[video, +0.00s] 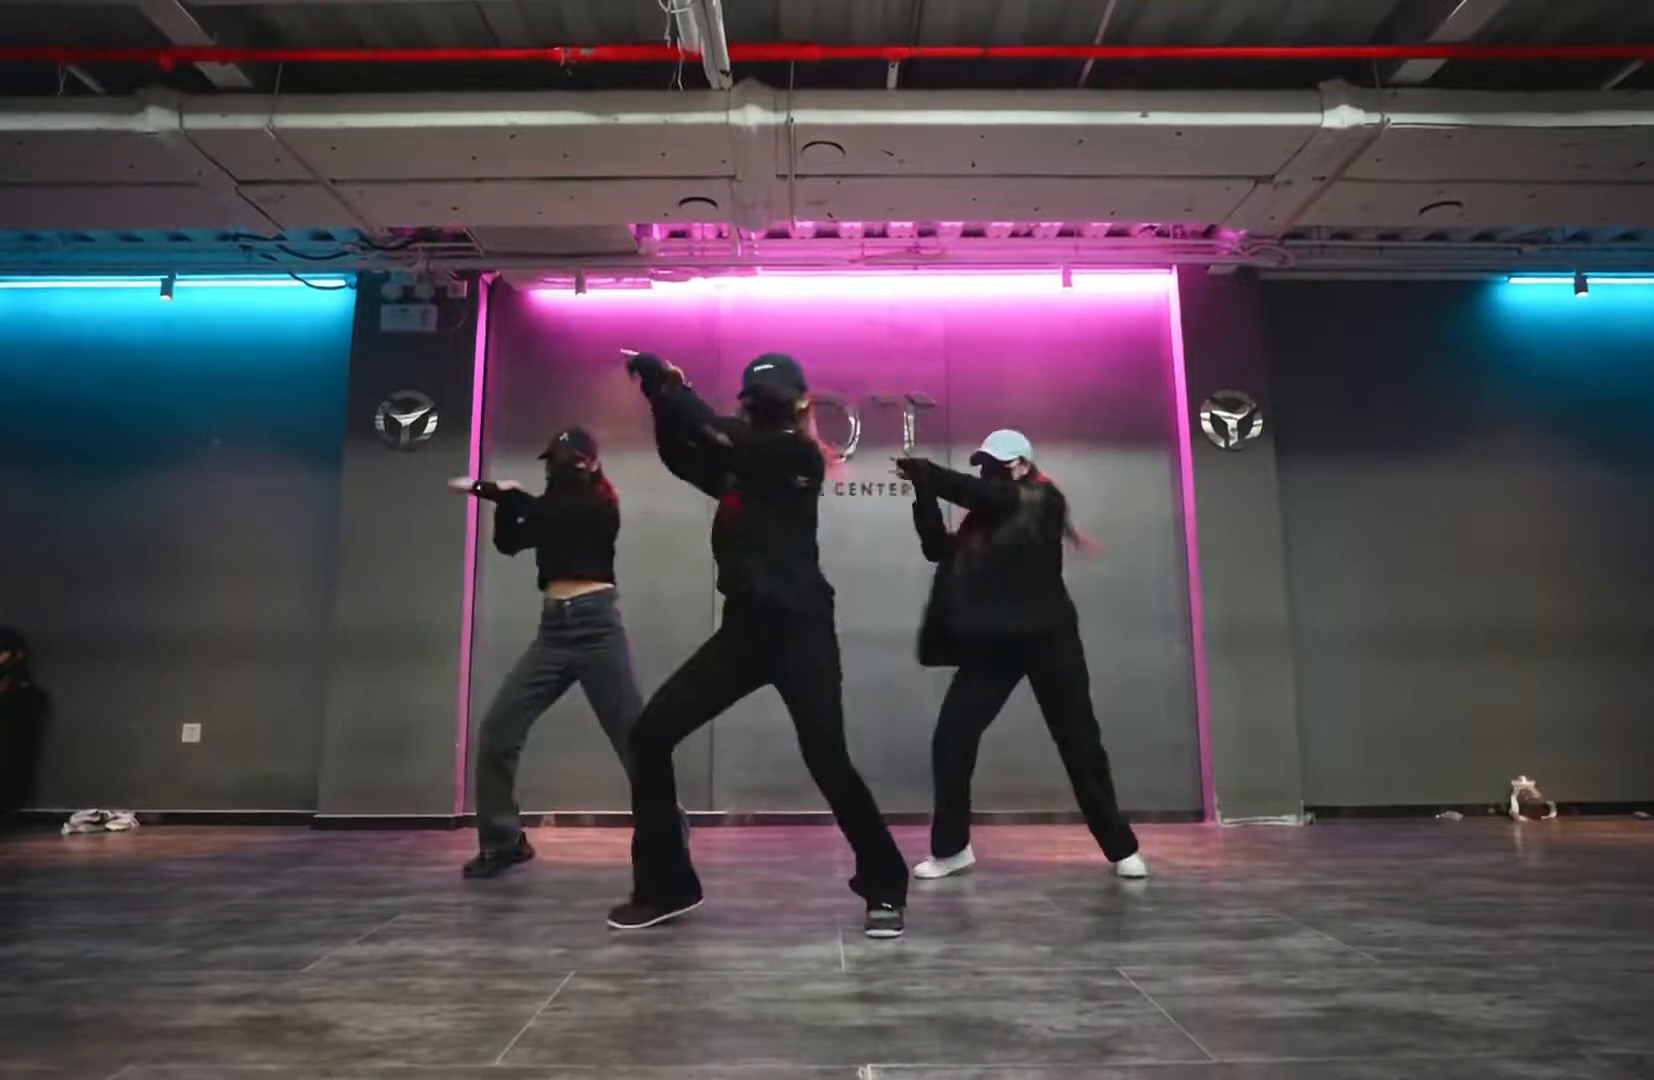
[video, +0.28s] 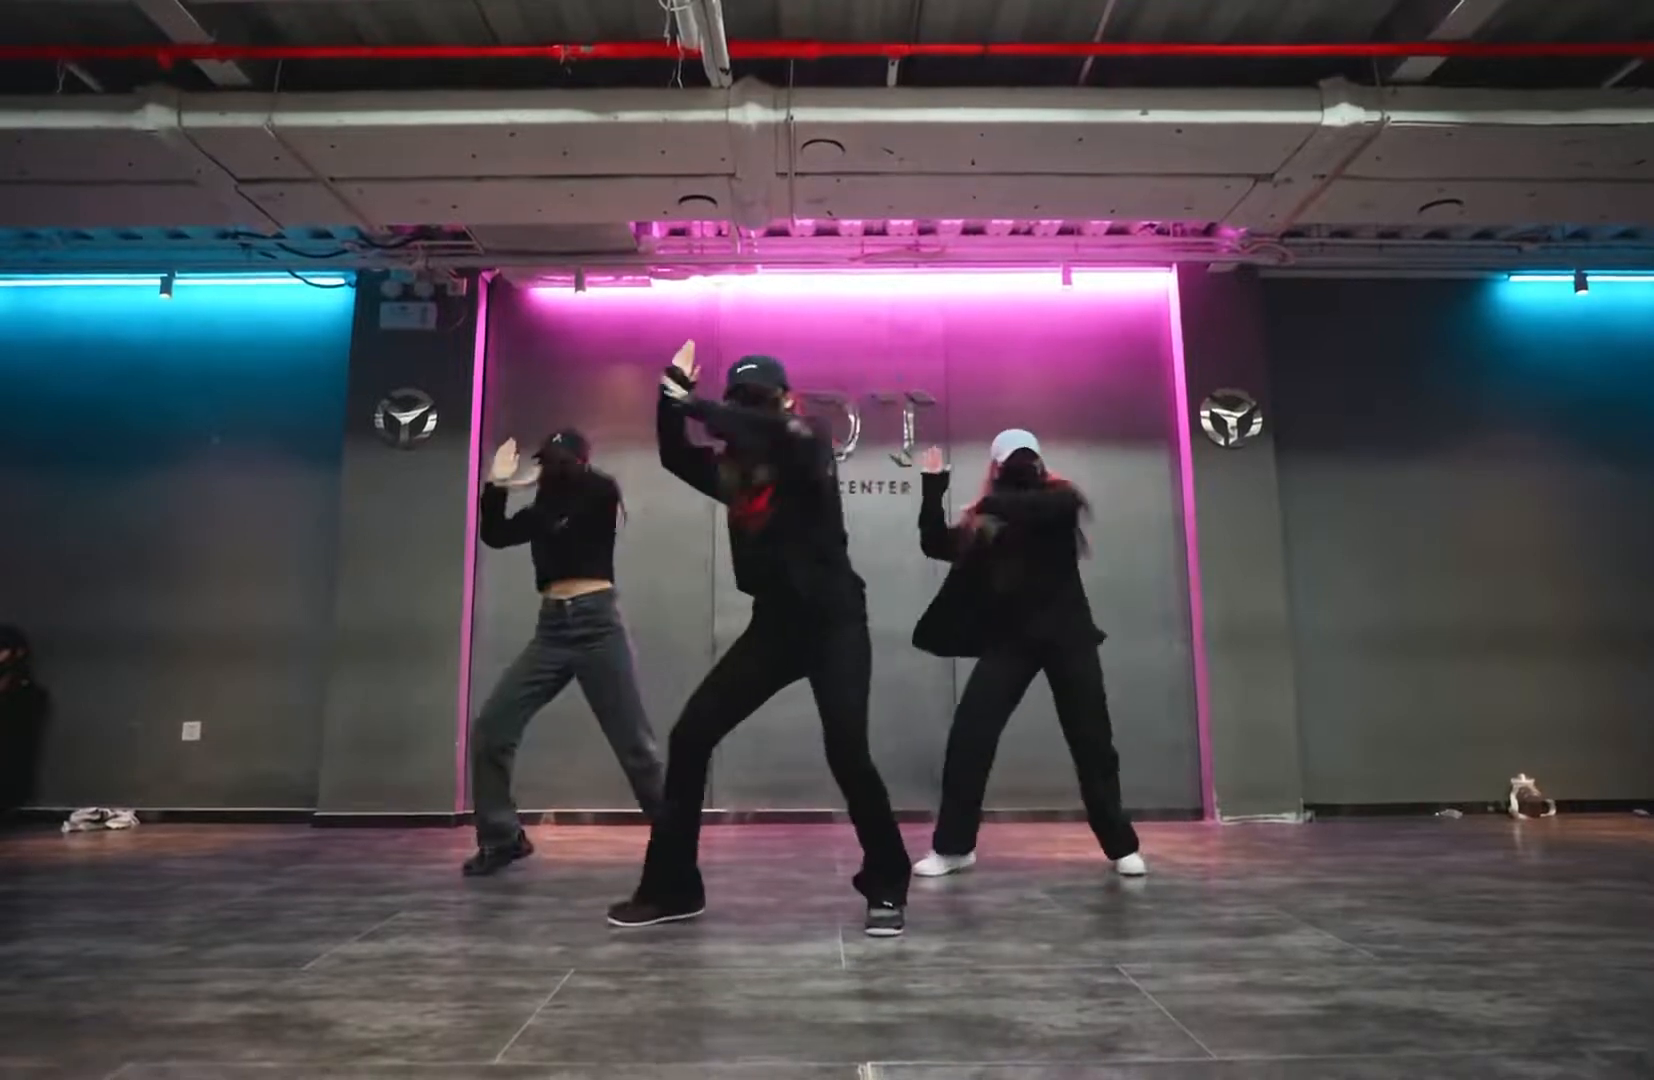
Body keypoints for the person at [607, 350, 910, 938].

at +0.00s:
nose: (748, 407)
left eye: (760, 399)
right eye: (748, 399)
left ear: (785, 401)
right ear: (751, 402)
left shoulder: (800, 454)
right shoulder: (739, 460)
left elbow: (722, 433)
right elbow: (679, 457)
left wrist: (669, 384)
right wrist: (661, 401)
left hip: (800, 630)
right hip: (745, 630)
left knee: (826, 760)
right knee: (649, 738)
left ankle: (887, 888)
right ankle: (666, 887)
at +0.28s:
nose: (748, 408)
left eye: (759, 398)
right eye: (740, 400)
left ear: (786, 400)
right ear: (730, 407)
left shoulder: (809, 447)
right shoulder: (736, 473)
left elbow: (767, 434)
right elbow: (678, 457)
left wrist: (693, 404)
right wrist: (671, 397)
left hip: (834, 625)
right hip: (776, 626)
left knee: (847, 756)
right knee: (690, 735)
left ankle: (888, 888)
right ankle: (672, 888)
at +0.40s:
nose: (772, 406)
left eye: (782, 396)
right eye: (763, 398)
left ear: (805, 400)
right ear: (754, 408)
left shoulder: (837, 452)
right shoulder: (750, 474)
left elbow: (843, 416)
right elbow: (688, 447)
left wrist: (757, 416)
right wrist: (690, 383)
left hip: (855, 621)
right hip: (794, 625)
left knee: (860, 757)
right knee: (713, 743)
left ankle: (888, 892)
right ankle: (678, 889)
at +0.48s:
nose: (789, 430)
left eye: (798, 416)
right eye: (780, 417)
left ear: (821, 411)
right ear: (769, 417)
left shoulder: (861, 459)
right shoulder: (759, 474)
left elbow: (894, 406)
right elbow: (697, 442)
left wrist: (811, 410)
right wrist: (705, 374)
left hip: (868, 629)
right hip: (803, 630)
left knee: (863, 757)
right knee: (724, 744)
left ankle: (887, 892)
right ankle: (693, 888)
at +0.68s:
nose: (826, 417)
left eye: (835, 405)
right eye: (814, 406)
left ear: (852, 405)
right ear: (797, 409)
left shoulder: (894, 465)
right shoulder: (780, 473)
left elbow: (951, 443)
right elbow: (715, 436)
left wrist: (915, 392)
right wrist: (734, 363)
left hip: (889, 635)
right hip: (819, 636)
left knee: (865, 759)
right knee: (760, 741)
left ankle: (887, 890)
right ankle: (781, 826)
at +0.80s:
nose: (831, 407)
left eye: (840, 397)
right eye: (820, 398)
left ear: (857, 403)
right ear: (803, 406)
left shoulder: (887, 471)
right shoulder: (783, 471)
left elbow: (914, 557)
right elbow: (720, 434)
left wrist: (937, 554)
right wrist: (745, 360)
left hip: (890, 640)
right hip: (821, 640)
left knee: (869, 764)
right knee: (799, 769)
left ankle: (886, 889)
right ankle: (818, 879)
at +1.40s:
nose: (842, 428)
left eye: (854, 415)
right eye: (831, 416)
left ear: (873, 411)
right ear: (814, 413)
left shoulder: (897, 475)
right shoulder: (786, 463)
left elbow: (927, 551)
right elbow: (725, 475)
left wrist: (902, 475)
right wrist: (743, 425)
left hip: (879, 641)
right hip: (812, 637)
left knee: (882, 770)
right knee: (749, 727)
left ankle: (901, 880)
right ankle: (781, 846)